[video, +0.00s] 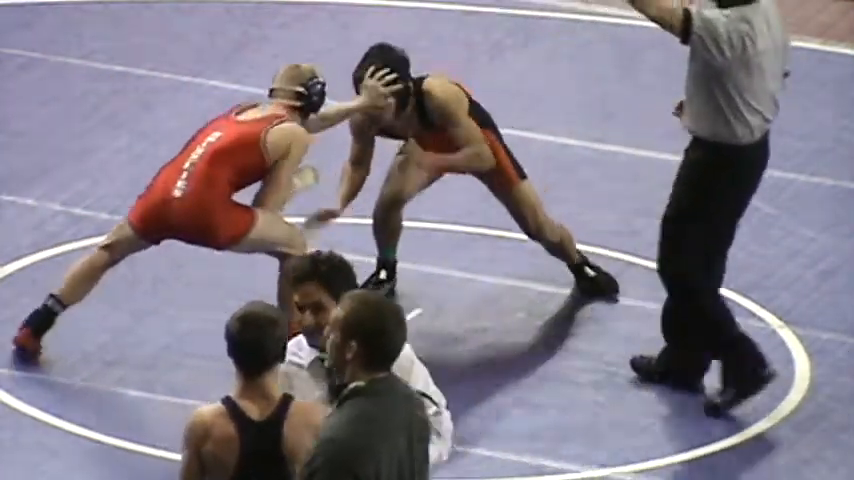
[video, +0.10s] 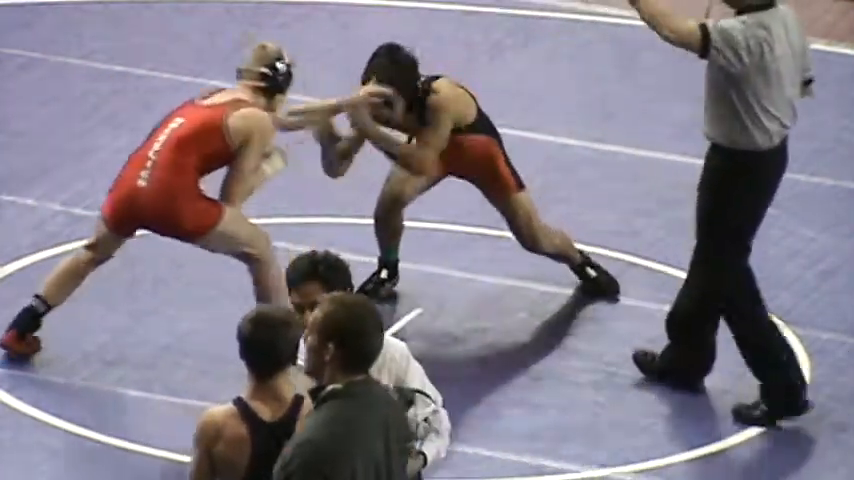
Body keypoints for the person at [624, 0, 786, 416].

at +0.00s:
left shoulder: (727, 29)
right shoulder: (764, 11)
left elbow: (657, 9)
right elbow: (772, 76)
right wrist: (704, 104)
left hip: (718, 157)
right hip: (739, 150)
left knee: (679, 265)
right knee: (697, 260)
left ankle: (744, 367)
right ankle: (682, 364)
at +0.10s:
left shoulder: (743, 34)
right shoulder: (783, 17)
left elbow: (676, 30)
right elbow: (802, 84)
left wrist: (637, 2)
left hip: (737, 163)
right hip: (763, 156)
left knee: (726, 269)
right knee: (711, 262)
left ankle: (785, 391)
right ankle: (684, 362)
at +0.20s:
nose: (736, 0)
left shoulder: (767, 37)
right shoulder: (802, 22)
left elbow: (704, 65)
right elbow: (828, 87)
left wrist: (665, 45)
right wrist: (783, 108)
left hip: (761, 165)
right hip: (787, 160)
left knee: (753, 271)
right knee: (736, 266)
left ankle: (792, 400)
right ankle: (694, 358)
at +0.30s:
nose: (753, 2)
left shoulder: (778, 40)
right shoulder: (830, 23)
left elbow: (741, 94)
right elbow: (849, 87)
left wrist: (699, 104)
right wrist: (826, 122)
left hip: (782, 169)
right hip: (814, 163)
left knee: (768, 274)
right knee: (759, 267)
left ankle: (793, 401)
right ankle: (711, 356)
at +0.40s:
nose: (772, 4)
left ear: (787, 2)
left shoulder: (797, 42)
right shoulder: (841, 23)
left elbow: (779, 114)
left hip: (806, 169)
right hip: (835, 163)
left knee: (781, 271)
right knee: (780, 265)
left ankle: (793, 402)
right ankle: (757, 367)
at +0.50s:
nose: (791, 5)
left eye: (795, 1)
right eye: (793, 0)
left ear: (812, 2)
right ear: (834, 0)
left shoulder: (820, 44)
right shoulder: (842, 30)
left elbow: (829, 107)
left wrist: (831, 158)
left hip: (816, 177)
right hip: (838, 176)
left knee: (794, 284)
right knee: (814, 280)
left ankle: (792, 398)